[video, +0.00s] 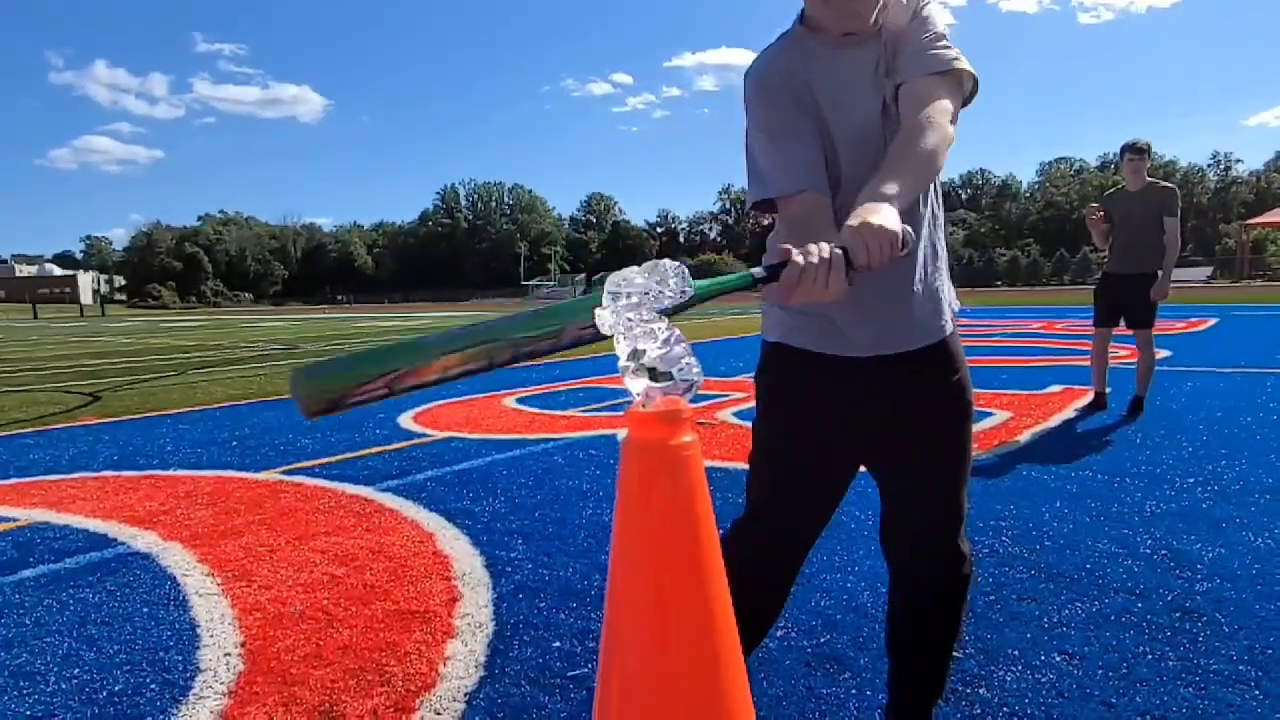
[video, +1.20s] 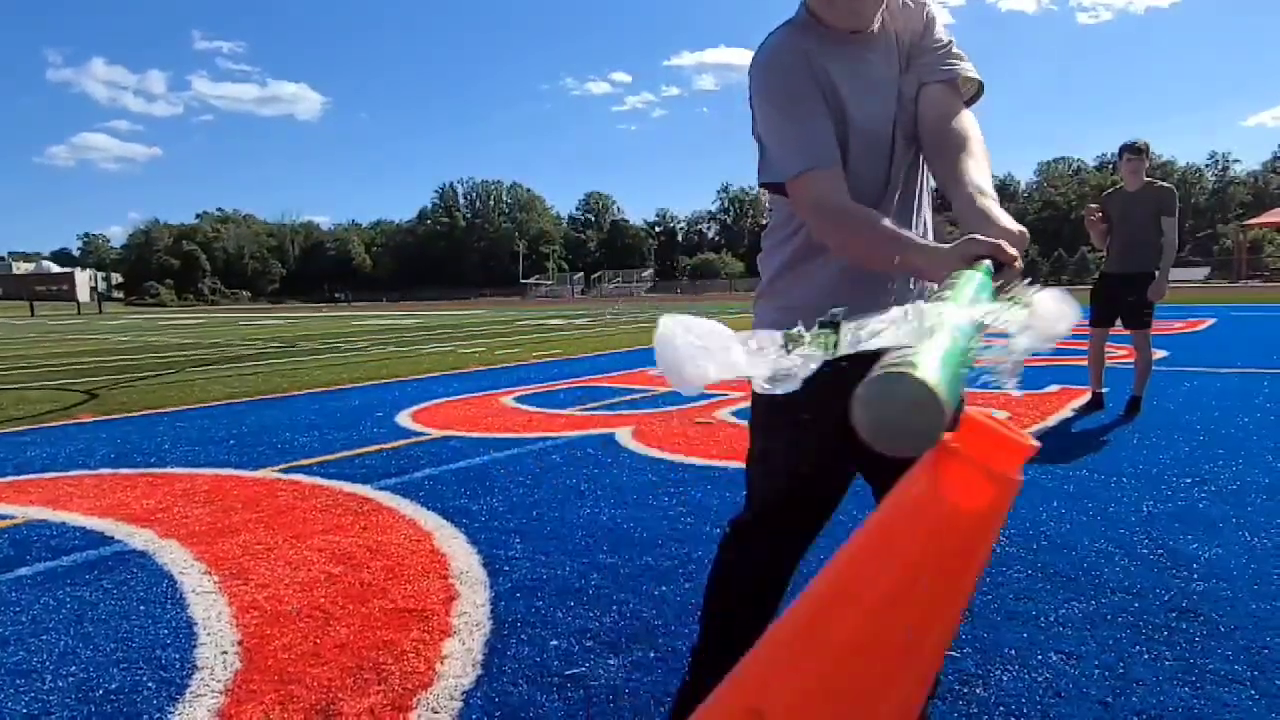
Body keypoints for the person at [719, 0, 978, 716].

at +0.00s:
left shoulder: (919, 21)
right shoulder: (776, 72)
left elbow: (930, 122)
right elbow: (799, 197)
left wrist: (883, 198)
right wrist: (810, 267)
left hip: (921, 354)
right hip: (810, 362)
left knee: (932, 558)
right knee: (767, 547)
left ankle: (911, 711)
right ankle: (685, 689)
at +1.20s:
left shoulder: (915, 18)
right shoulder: (785, 62)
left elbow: (948, 125)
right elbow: (826, 212)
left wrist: (980, 204)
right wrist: (936, 257)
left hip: (908, 321)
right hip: (811, 333)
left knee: (929, 532)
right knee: (772, 534)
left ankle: (909, 696)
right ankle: (703, 704)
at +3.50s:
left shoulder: (907, 19)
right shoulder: (807, 42)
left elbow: (965, 132)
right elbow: (903, 180)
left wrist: (1087, 217)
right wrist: (1077, 236)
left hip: (900, 339)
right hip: (802, 345)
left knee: (912, 533)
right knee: (768, 531)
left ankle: (900, 693)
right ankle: (692, 698)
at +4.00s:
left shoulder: (904, 23)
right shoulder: (812, 39)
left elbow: (957, 136)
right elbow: (914, 177)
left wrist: (1086, 217)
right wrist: (1081, 227)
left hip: (898, 344)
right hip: (798, 348)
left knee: (908, 552)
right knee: (764, 536)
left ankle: (899, 707)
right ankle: (689, 700)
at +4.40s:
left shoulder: (903, 29)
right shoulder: (819, 33)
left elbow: (952, 143)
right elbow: (918, 174)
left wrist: (1074, 218)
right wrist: (1079, 221)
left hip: (895, 341)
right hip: (798, 344)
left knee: (909, 552)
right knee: (764, 536)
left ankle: (898, 708)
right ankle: (689, 698)